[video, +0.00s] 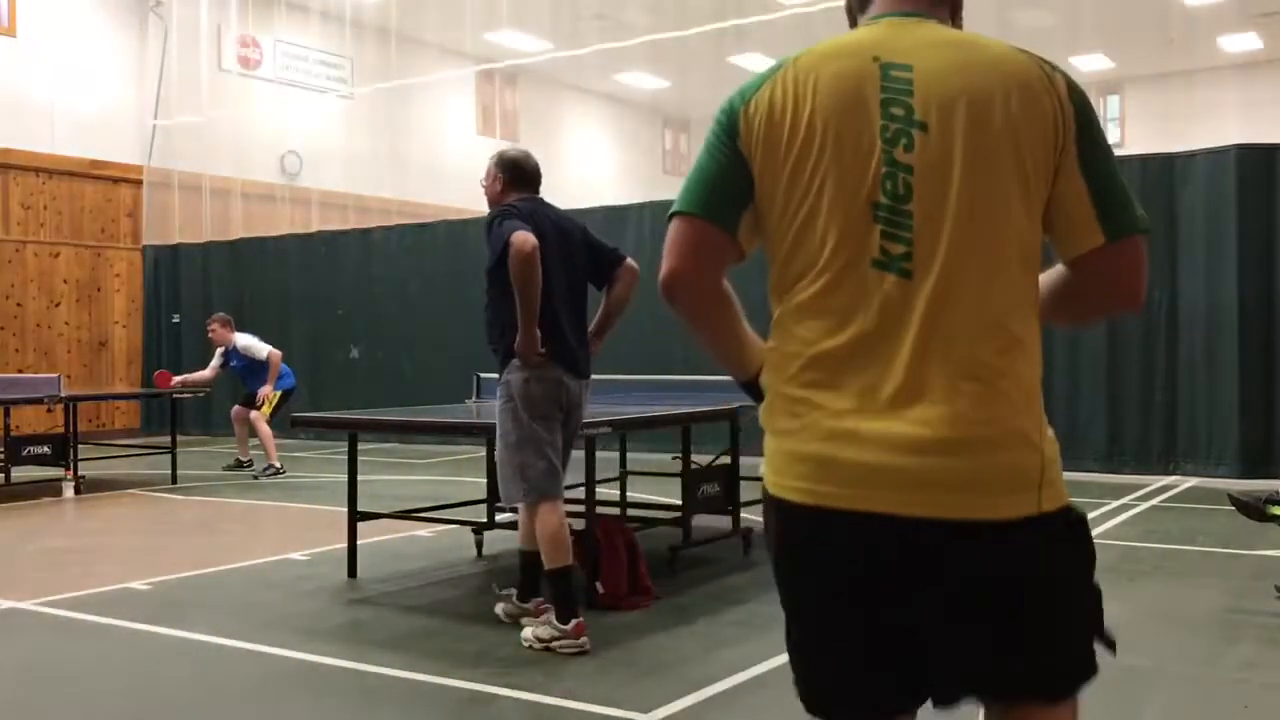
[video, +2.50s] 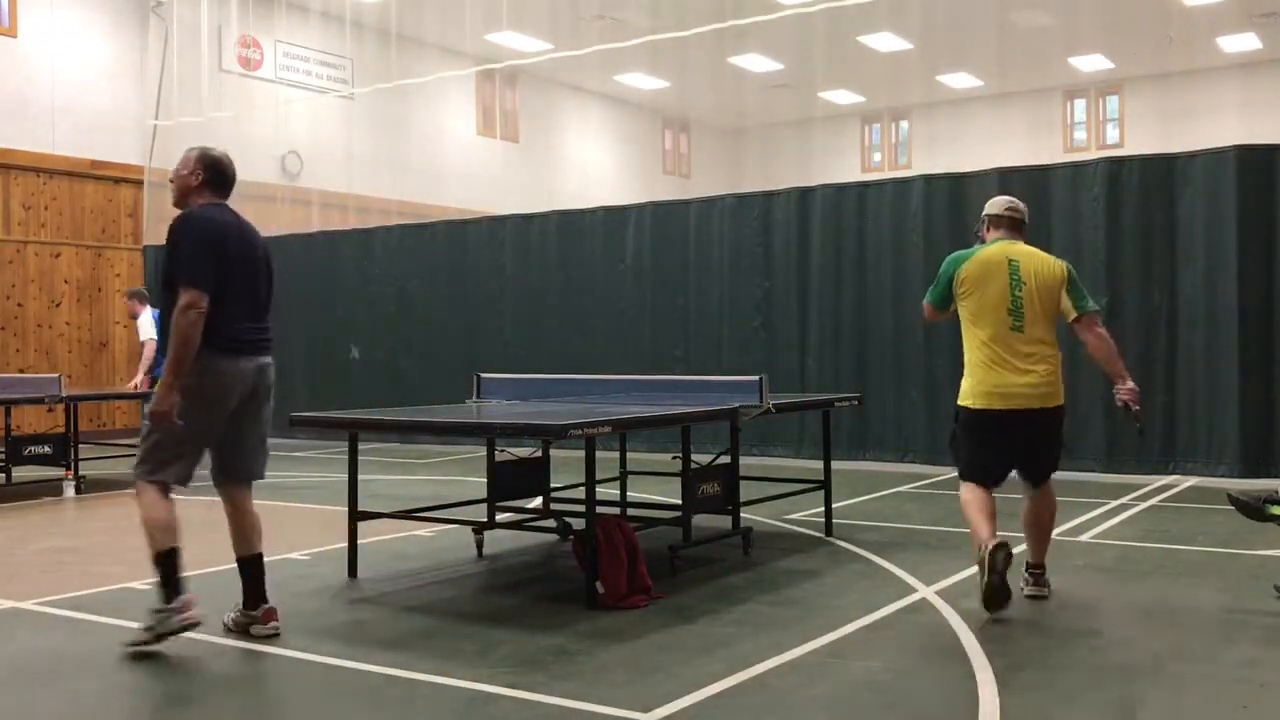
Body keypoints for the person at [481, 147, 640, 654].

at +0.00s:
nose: (483, 187)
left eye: (486, 180)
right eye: (485, 179)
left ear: (499, 181)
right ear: (534, 184)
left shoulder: (505, 214)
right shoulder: (565, 224)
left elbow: (525, 246)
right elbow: (626, 271)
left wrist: (528, 335)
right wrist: (594, 336)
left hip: (531, 373)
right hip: (571, 374)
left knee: (543, 497)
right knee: (536, 491)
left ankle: (568, 622)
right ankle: (531, 598)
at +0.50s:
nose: (460, 193)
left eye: (463, 185)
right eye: (462, 185)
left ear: (476, 185)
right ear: (510, 188)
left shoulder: (482, 209)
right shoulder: (541, 225)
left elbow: (505, 223)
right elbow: (600, 268)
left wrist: (498, 305)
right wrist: (560, 322)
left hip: (497, 349)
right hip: (539, 356)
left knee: (462, 474)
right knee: (517, 481)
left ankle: (451, 609)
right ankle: (529, 600)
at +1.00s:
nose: (399, 196)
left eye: (400, 189)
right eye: (400, 189)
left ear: (409, 190)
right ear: (450, 191)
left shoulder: (410, 216)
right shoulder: (480, 226)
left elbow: (413, 243)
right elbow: (543, 267)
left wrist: (415, 322)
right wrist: (506, 319)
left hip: (431, 360)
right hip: (482, 366)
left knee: (392, 480)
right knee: (483, 482)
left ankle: (388, 614)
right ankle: (526, 598)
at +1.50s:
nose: (323, 191)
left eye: (323, 183)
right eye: (325, 184)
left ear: (331, 182)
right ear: (370, 182)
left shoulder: (336, 224)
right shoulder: (405, 225)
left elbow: (333, 301)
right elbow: (454, 292)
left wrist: (294, 375)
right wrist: (470, 360)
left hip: (362, 364)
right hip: (406, 363)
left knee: (366, 485)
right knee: (376, 481)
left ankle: (387, 615)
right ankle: (403, 592)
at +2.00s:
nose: (248, 192)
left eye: (251, 184)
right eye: (250, 183)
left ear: (264, 187)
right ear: (296, 190)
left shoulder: (271, 232)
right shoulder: (326, 237)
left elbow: (270, 313)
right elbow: (360, 318)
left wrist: (237, 386)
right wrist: (357, 382)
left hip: (302, 369)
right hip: (337, 366)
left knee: (332, 493)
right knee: (275, 486)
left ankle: (384, 610)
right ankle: (258, 607)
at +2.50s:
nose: (172, 179)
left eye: (178, 171)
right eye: (175, 171)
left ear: (198, 176)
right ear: (217, 183)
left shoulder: (193, 223)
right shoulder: (247, 231)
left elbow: (192, 305)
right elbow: (253, 309)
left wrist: (169, 384)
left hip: (209, 368)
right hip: (256, 367)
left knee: (153, 480)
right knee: (236, 487)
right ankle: (257, 607)